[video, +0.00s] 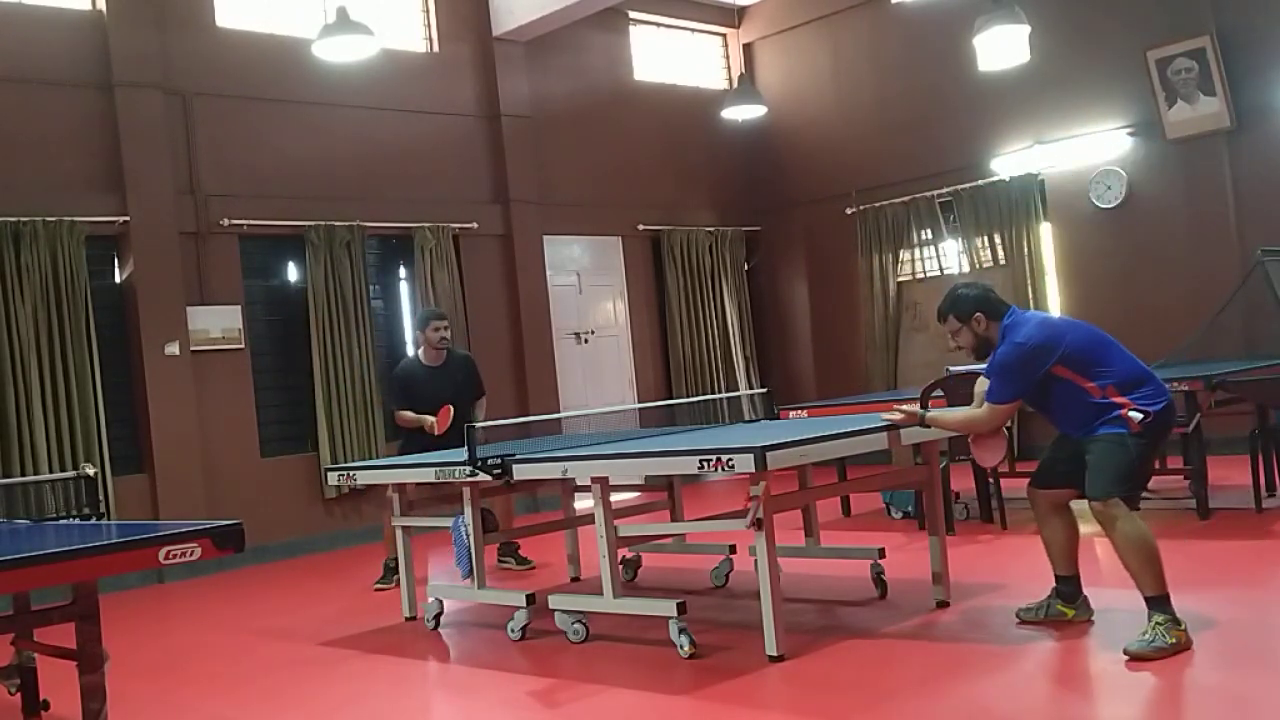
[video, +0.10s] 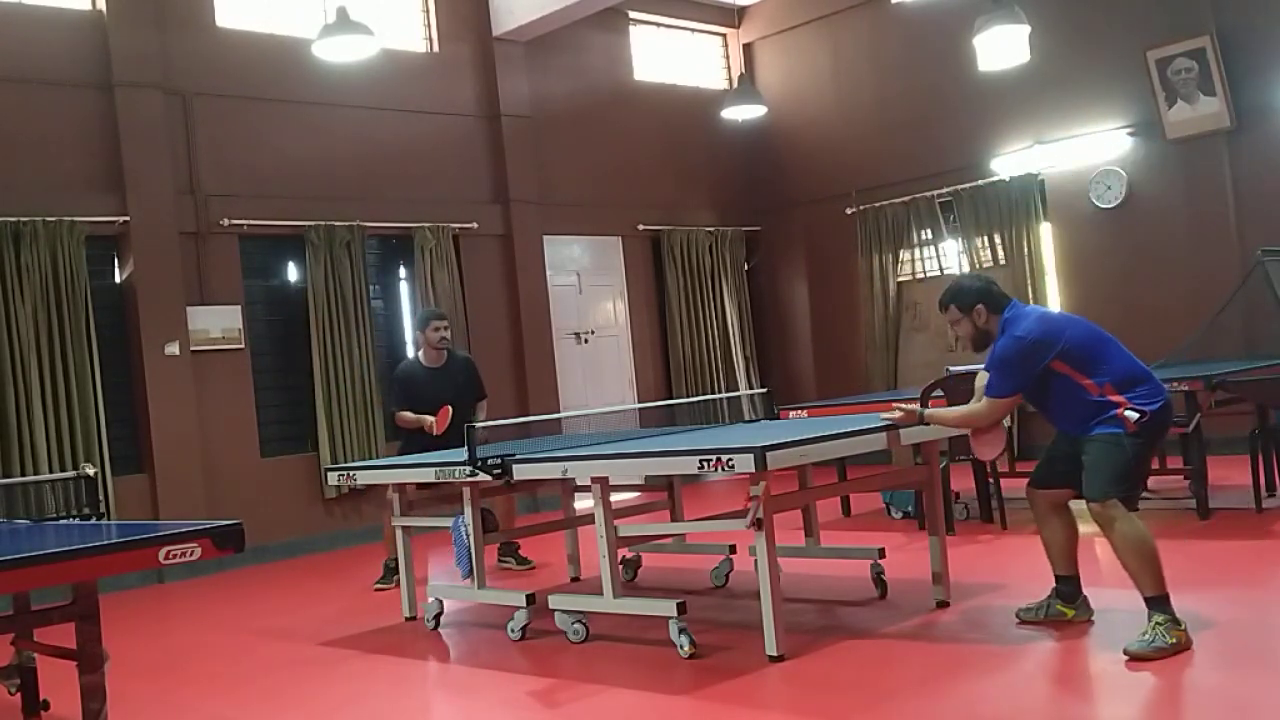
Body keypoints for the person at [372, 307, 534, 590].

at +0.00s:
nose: (444, 334)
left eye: (446, 329)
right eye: (437, 330)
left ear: (451, 331)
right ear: (421, 335)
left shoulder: (464, 362)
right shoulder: (405, 371)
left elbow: (479, 399)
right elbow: (400, 416)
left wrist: (478, 425)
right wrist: (423, 420)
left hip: (462, 448)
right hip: (418, 452)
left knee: (503, 481)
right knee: (394, 493)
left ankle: (508, 548)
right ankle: (392, 563)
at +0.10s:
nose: (444, 334)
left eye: (447, 329)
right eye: (437, 330)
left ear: (451, 332)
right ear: (421, 335)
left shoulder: (464, 364)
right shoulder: (406, 371)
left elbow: (480, 401)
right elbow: (399, 416)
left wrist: (479, 425)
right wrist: (423, 420)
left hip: (462, 452)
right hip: (418, 455)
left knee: (504, 483)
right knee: (393, 493)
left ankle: (508, 549)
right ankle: (393, 563)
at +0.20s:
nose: (444, 331)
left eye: (446, 325)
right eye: (436, 326)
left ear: (450, 329)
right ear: (421, 331)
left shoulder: (464, 361)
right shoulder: (406, 369)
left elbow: (480, 398)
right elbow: (400, 414)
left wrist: (481, 420)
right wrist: (423, 419)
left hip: (463, 451)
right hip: (419, 454)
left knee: (504, 484)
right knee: (395, 495)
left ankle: (508, 548)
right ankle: (393, 563)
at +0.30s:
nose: (443, 327)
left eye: (445, 322)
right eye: (436, 323)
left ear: (450, 325)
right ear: (421, 328)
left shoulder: (464, 357)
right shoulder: (405, 365)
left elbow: (479, 395)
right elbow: (400, 410)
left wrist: (480, 415)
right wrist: (422, 417)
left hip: (463, 448)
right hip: (419, 450)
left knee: (502, 483)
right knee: (397, 498)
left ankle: (508, 548)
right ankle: (392, 562)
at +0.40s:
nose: (442, 327)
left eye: (445, 322)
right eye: (435, 323)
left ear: (449, 325)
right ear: (420, 328)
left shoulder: (463, 357)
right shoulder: (405, 365)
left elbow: (479, 394)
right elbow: (400, 411)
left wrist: (480, 415)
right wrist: (423, 419)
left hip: (463, 448)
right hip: (418, 450)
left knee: (501, 482)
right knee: (396, 496)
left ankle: (507, 548)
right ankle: (393, 562)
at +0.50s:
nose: (441, 327)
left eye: (444, 322)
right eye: (434, 323)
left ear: (448, 326)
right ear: (420, 329)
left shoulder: (462, 358)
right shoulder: (405, 366)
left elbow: (478, 396)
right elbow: (399, 412)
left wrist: (480, 419)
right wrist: (421, 420)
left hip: (462, 449)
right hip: (418, 451)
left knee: (502, 482)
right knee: (395, 495)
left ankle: (507, 548)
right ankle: (393, 562)